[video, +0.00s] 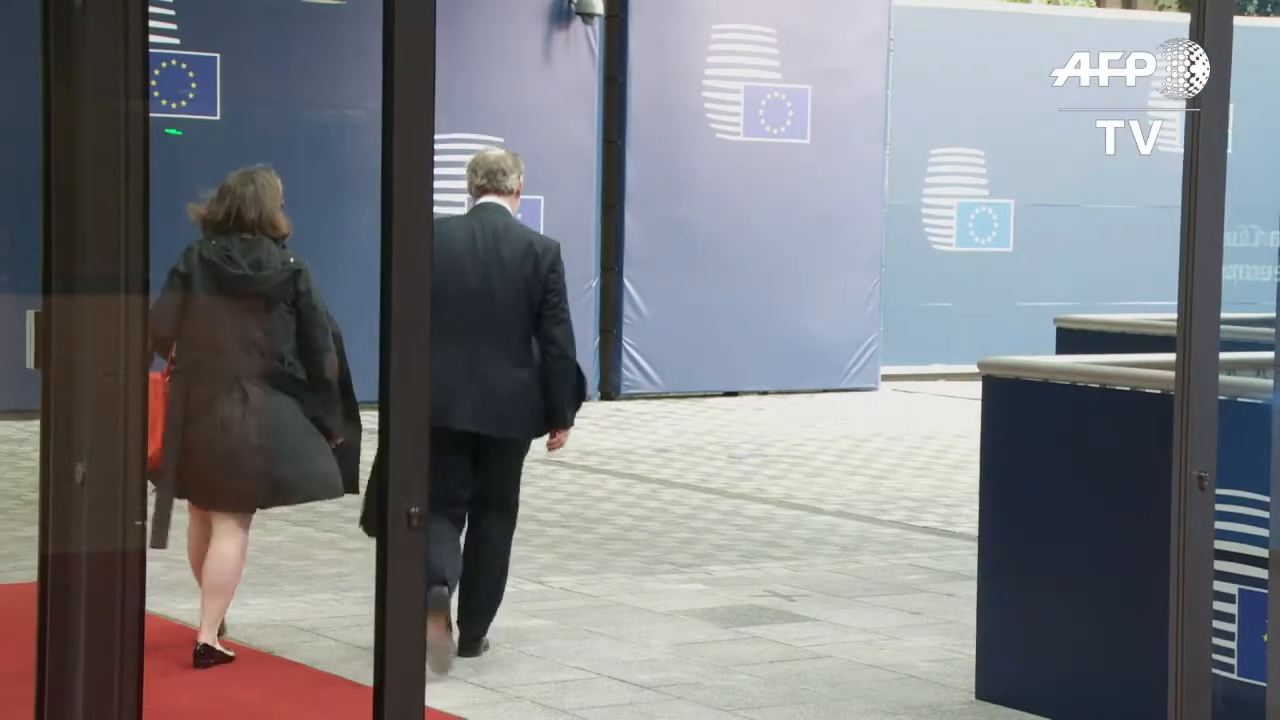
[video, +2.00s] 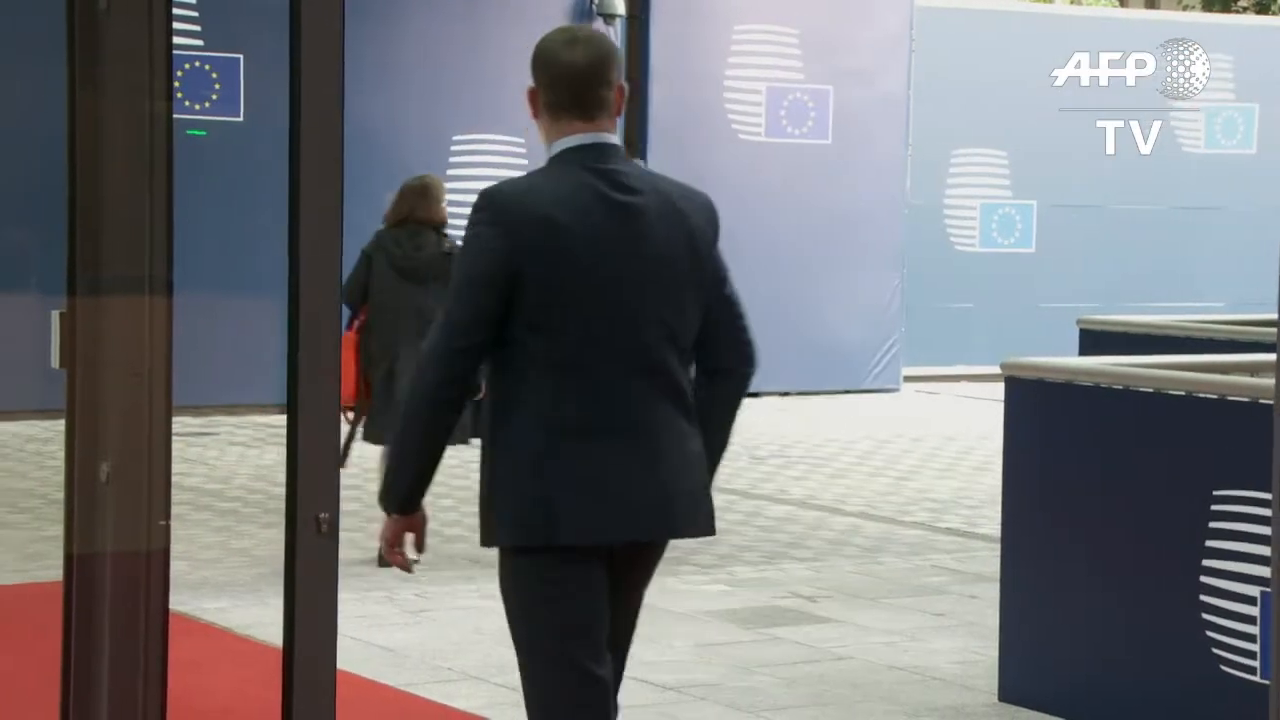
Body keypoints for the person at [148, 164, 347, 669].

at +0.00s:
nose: (283, 211)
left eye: (280, 202)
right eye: (279, 204)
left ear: (222, 206)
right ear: (270, 210)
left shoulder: (192, 262)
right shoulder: (290, 270)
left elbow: (159, 331)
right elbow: (323, 358)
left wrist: (184, 360)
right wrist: (331, 420)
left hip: (195, 403)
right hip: (255, 407)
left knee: (200, 516)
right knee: (230, 522)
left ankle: (216, 614)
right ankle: (207, 637)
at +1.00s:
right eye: (320, 200)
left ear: (274, 201)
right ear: (321, 208)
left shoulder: (251, 248)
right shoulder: (330, 254)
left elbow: (219, 307)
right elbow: (351, 324)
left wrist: (237, 328)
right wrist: (368, 384)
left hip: (254, 372)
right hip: (306, 375)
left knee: (259, 475)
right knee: (282, 480)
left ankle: (263, 567)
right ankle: (256, 584)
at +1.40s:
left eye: (289, 208)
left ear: (292, 211)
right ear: (339, 206)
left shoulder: (278, 246)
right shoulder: (355, 252)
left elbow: (250, 303)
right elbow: (373, 325)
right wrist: (373, 380)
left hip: (286, 381)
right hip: (339, 384)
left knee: (285, 474)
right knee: (334, 475)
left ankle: (291, 560)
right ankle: (325, 562)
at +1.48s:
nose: (356, 206)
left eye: (350, 197)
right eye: (354, 199)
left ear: (306, 201)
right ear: (351, 206)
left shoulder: (284, 249)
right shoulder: (360, 257)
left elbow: (257, 301)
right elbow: (374, 328)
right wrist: (377, 381)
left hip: (286, 378)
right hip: (343, 378)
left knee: (285, 471)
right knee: (346, 464)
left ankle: (290, 558)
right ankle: (342, 547)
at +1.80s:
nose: (412, 215)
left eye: (410, 208)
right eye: (409, 209)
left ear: (365, 210)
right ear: (403, 214)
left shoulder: (338, 255)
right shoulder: (411, 263)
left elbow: (322, 317)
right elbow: (423, 327)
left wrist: (322, 374)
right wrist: (425, 383)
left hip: (344, 373)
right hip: (392, 376)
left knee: (345, 459)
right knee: (387, 462)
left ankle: (312, 520)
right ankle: (376, 543)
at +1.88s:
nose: (428, 211)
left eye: (426, 204)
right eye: (425, 205)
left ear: (378, 208)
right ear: (418, 211)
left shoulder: (352, 256)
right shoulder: (427, 260)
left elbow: (335, 318)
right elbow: (444, 331)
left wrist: (333, 376)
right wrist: (448, 389)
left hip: (359, 368)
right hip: (409, 370)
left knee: (364, 452)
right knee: (395, 461)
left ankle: (342, 508)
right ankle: (382, 544)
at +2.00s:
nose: (446, 210)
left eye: (444, 203)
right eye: (444, 204)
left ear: (400, 204)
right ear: (436, 209)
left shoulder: (378, 248)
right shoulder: (449, 255)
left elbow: (351, 298)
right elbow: (462, 314)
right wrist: (469, 369)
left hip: (386, 361)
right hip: (433, 363)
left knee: (397, 444)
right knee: (419, 442)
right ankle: (396, 534)